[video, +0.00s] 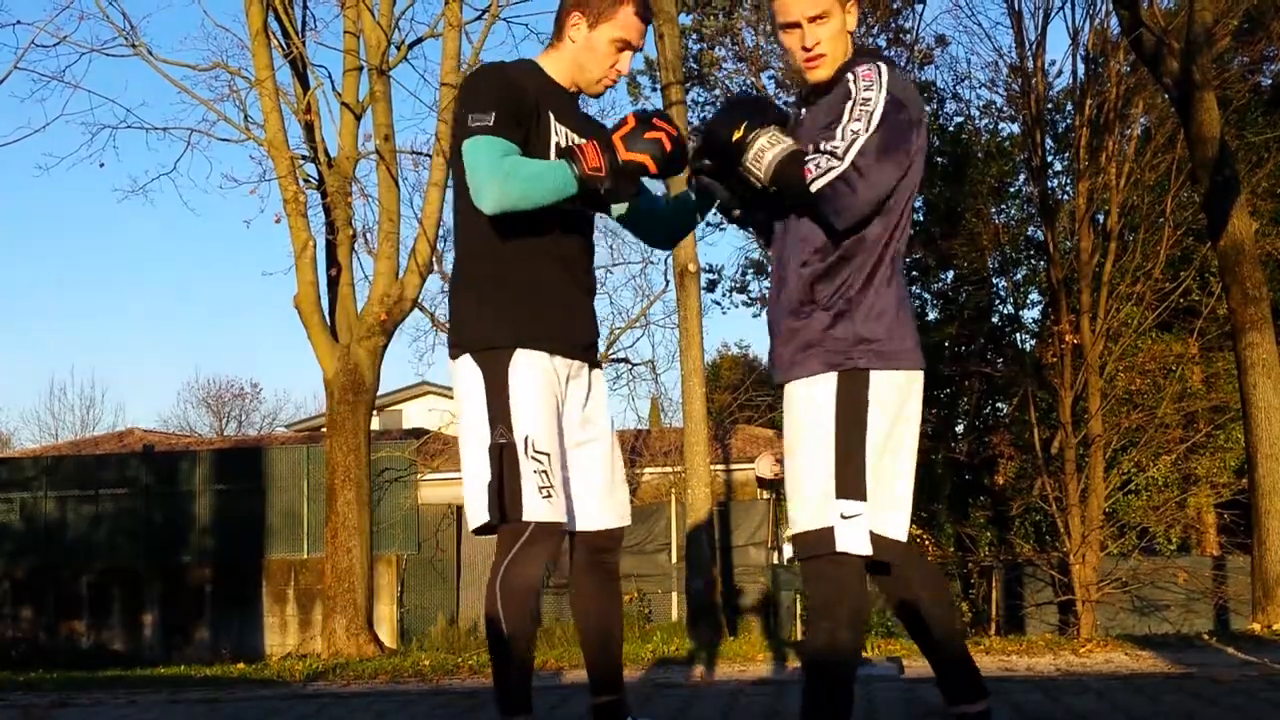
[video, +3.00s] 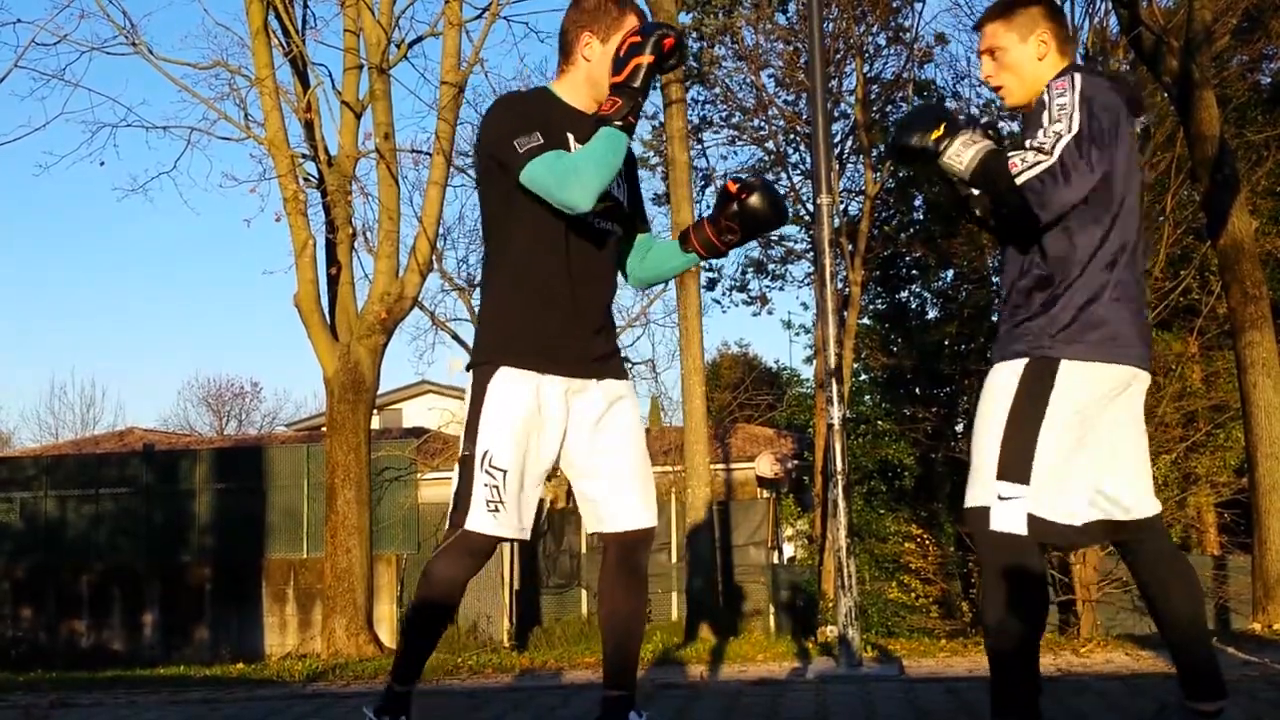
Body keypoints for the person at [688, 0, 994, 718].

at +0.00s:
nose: (804, 40)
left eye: (818, 20)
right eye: (788, 28)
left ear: (851, 14)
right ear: (775, 32)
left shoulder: (881, 87)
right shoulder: (807, 117)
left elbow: (844, 200)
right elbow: (782, 228)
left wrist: (765, 146)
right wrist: (727, 177)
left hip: (851, 349)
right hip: (833, 350)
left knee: (826, 540)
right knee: (879, 534)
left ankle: (823, 719)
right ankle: (968, 695)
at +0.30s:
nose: (873, 52)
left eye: (886, 34)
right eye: (859, 40)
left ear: (920, 26)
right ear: (847, 43)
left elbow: (969, 202)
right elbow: (851, 247)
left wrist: (856, 161)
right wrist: (809, 181)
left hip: (936, 336)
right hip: (882, 341)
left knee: (869, 508)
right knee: (940, 523)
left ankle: (912, 711)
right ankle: (986, 707)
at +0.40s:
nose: (895, 44)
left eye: (908, 26)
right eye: (882, 32)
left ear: (944, 22)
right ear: (873, 37)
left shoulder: (980, 81)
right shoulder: (890, 118)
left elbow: (984, 191)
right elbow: (872, 233)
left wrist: (869, 151)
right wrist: (816, 167)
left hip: (949, 332)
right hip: (912, 335)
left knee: (889, 505)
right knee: (957, 518)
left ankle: (1009, 685)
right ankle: (997, 691)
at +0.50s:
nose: (910, 39)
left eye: (924, 22)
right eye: (897, 28)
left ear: (960, 17)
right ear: (888, 33)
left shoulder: (990, 77)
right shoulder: (923, 112)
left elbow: (991, 185)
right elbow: (893, 225)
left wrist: (884, 157)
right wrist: (838, 173)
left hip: (971, 334)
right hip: (932, 338)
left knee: (944, 518)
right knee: (965, 524)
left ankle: (1088, 695)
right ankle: (988, 707)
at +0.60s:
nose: (918, 40)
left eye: (930, 21)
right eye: (905, 28)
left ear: (972, 15)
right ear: (897, 33)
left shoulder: (1002, 78)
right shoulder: (937, 114)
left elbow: (990, 194)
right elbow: (920, 224)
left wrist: (890, 163)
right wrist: (871, 184)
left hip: (999, 340)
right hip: (937, 350)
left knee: (1030, 531)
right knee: (965, 543)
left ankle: (1118, 708)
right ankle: (989, 709)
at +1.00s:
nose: (944, 43)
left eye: (953, 24)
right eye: (941, 28)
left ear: (1006, 11)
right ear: (994, 17)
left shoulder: (1058, 66)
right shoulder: (1015, 93)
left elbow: (1014, 186)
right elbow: (977, 212)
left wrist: (939, 126)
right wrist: (922, 140)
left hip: (1061, 336)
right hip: (1011, 343)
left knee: (1086, 526)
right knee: (1032, 527)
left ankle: (1131, 706)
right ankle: (1109, 692)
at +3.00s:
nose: (985, 70)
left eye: (994, 53)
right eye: (982, 57)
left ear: (1044, 46)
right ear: (1038, 53)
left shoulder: (1076, 95)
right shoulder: (1086, 107)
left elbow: (1039, 189)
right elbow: (1027, 216)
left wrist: (957, 146)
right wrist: (965, 174)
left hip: (1055, 340)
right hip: (1107, 339)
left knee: (997, 517)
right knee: (1133, 517)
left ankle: (1013, 709)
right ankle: (1207, 694)